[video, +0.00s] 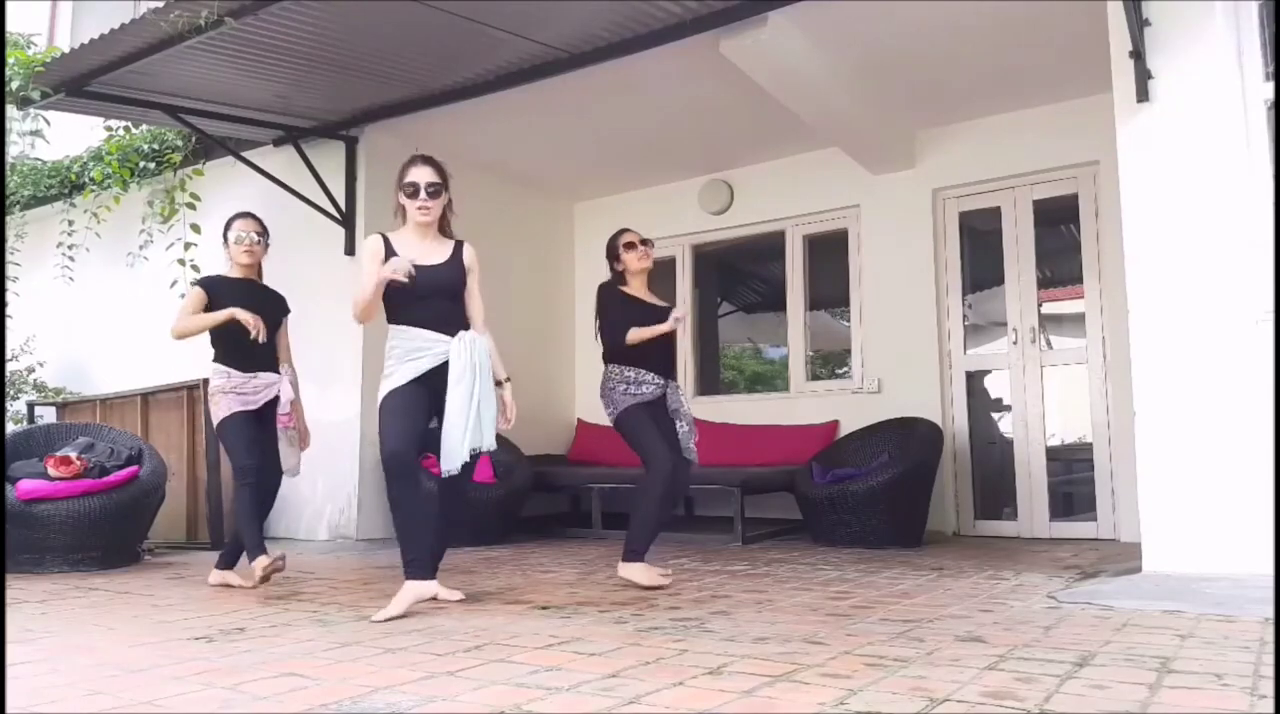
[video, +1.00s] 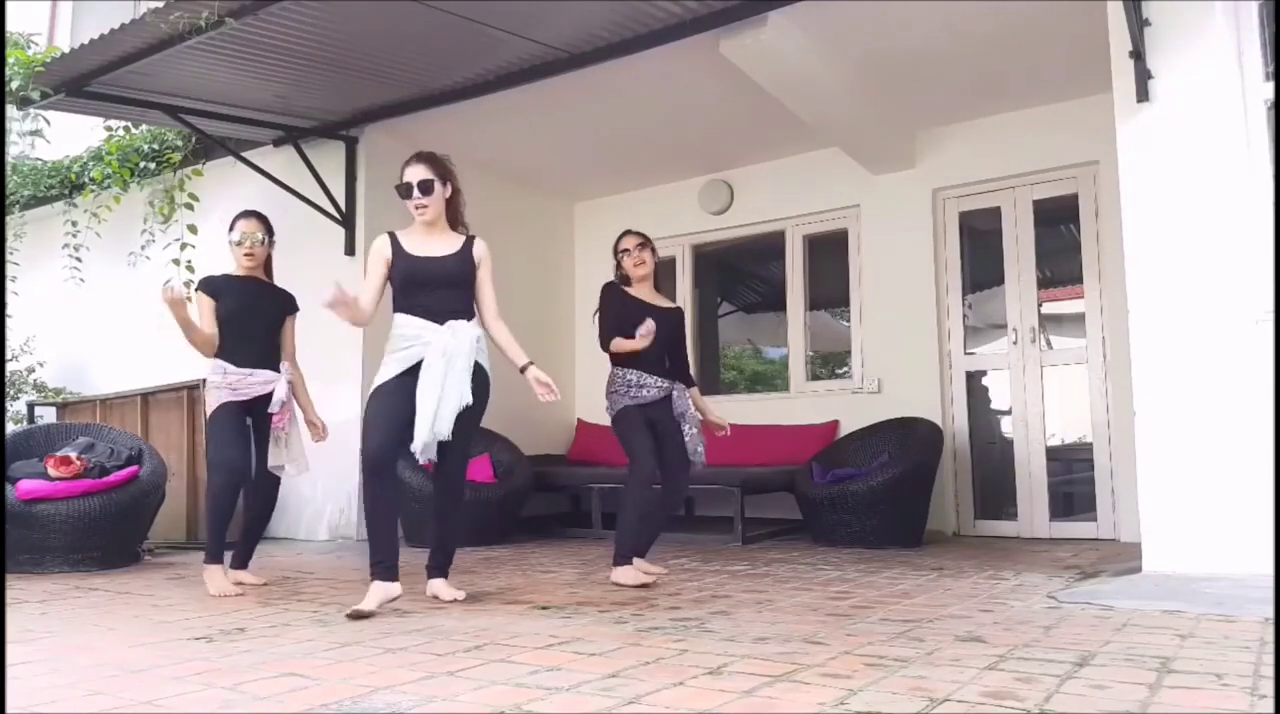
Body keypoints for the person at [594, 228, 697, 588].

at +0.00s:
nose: (640, 250)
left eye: (644, 244)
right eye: (629, 247)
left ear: (652, 252)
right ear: (616, 261)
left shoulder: (662, 304)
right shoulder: (610, 291)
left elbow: (666, 361)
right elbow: (617, 337)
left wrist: (676, 401)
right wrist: (666, 326)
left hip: (662, 392)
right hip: (625, 390)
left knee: (679, 470)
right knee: (661, 463)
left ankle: (636, 557)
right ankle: (631, 560)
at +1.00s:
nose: (635, 256)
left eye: (641, 248)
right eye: (626, 253)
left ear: (654, 255)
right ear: (620, 264)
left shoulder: (672, 310)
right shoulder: (615, 292)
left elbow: (681, 368)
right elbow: (608, 341)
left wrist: (706, 412)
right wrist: (638, 343)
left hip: (666, 399)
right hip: (628, 397)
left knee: (676, 478)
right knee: (643, 466)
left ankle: (636, 555)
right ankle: (621, 564)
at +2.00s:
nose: (638, 263)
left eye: (646, 257)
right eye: (631, 257)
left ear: (657, 265)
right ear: (623, 264)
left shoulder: (668, 312)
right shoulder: (610, 300)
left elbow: (685, 364)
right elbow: (598, 350)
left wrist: (716, 409)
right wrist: (614, 360)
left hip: (670, 398)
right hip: (631, 398)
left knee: (662, 479)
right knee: (601, 467)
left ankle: (659, 556)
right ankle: (595, 558)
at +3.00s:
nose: (723, 248)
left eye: (731, 240)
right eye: (719, 243)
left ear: (751, 246)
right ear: (717, 253)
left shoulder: (775, 288)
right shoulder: (720, 297)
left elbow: (761, 337)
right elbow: (710, 349)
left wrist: (718, 311)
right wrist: (707, 393)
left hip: (756, 391)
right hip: (720, 392)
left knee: (771, 478)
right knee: (681, 471)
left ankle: (810, 559)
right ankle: (665, 556)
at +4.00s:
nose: (753, 255)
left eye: (761, 249)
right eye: (746, 249)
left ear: (771, 258)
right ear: (736, 257)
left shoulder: (775, 302)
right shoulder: (717, 298)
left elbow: (802, 293)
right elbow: (713, 329)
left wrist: (784, 269)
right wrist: (720, 340)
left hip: (766, 391)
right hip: (727, 391)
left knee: (773, 474)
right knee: (685, 472)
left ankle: (802, 558)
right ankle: (691, 554)